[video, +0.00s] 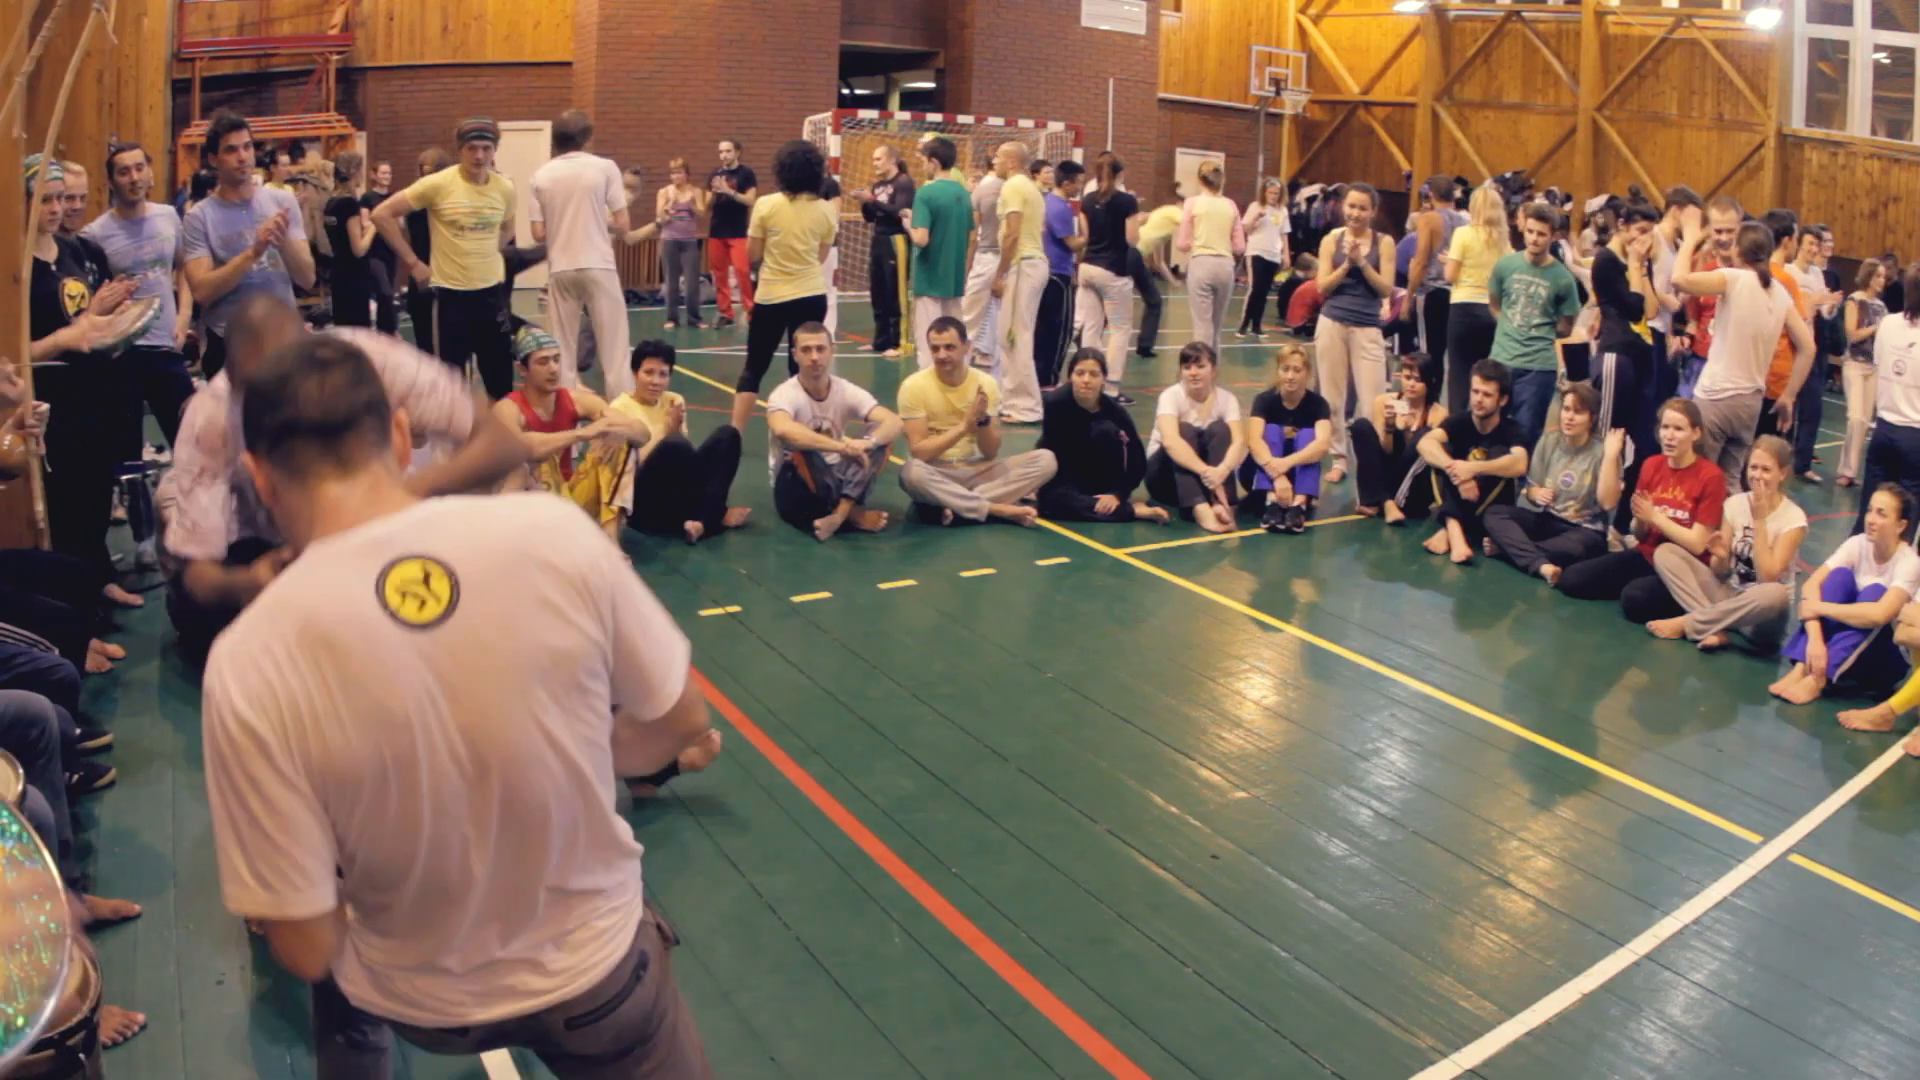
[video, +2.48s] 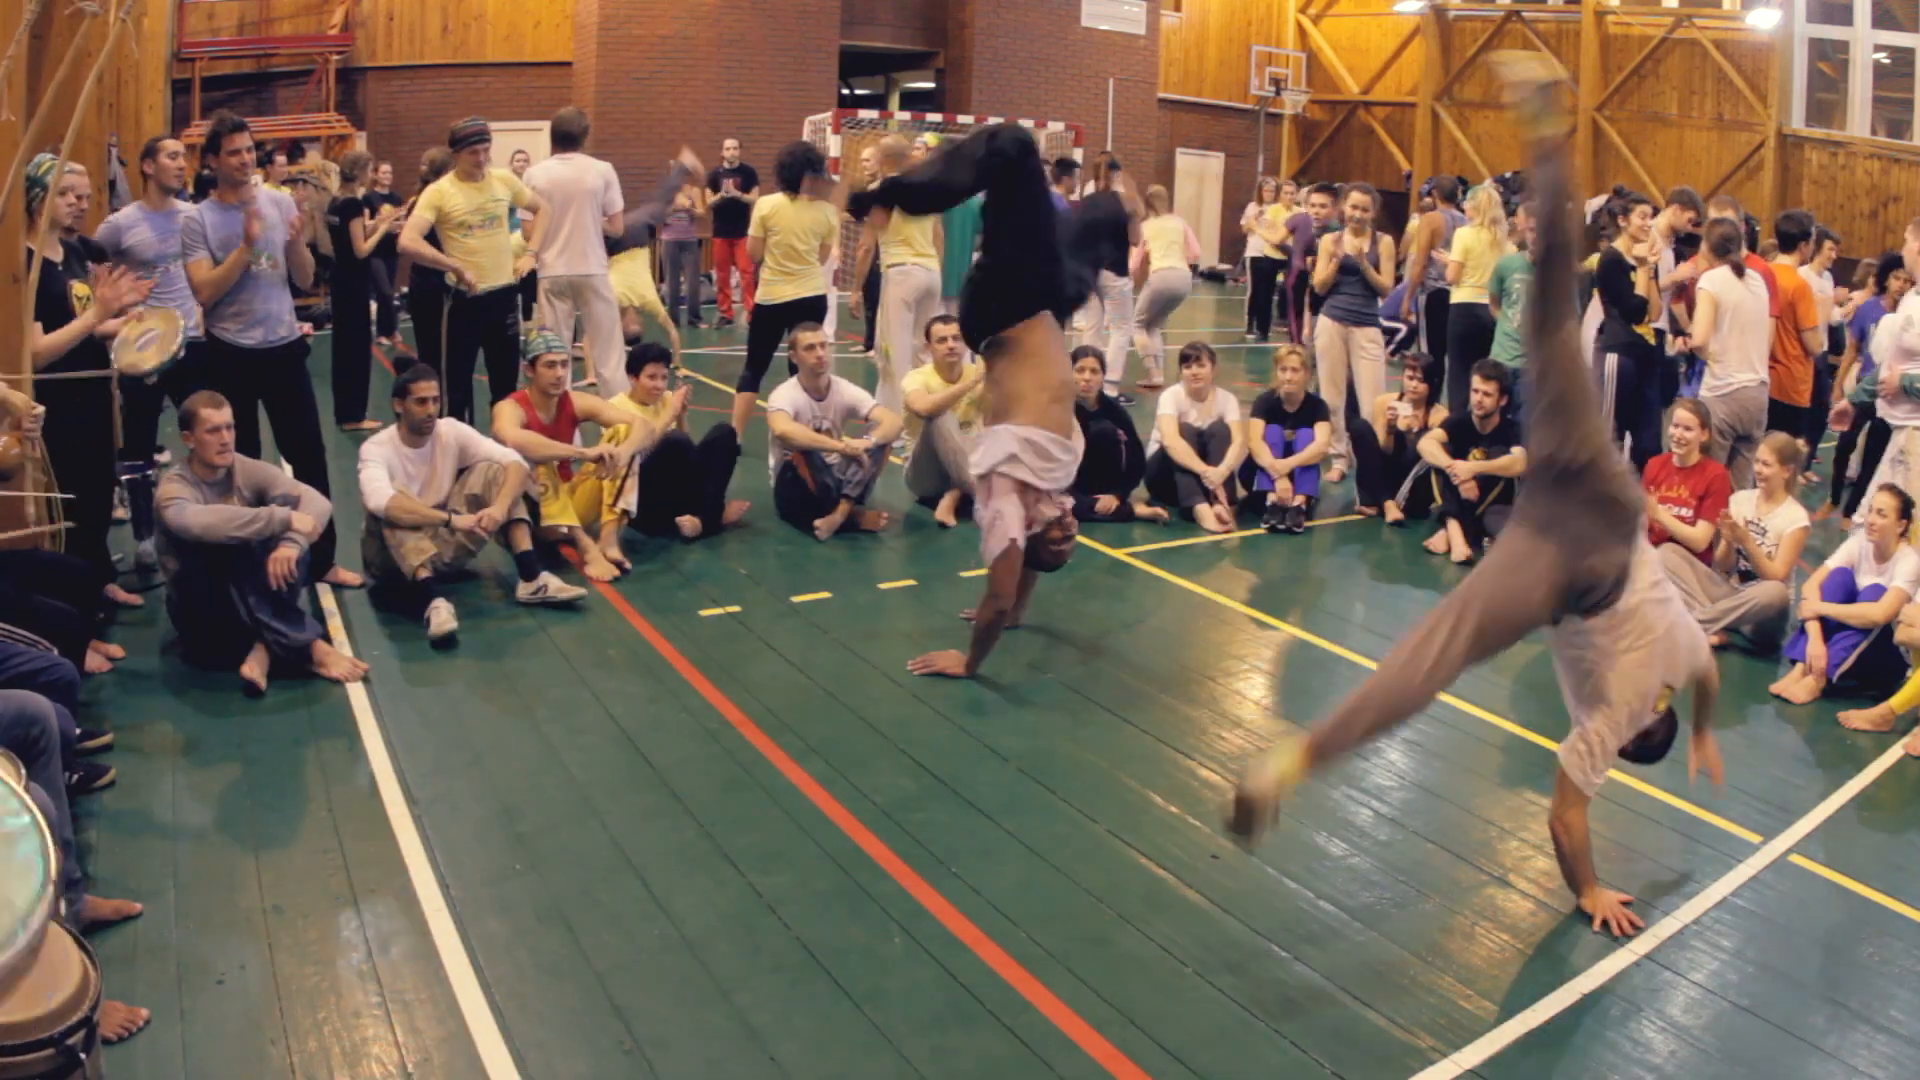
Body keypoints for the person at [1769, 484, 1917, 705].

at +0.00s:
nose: (1870, 519)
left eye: (1881, 514)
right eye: (1869, 511)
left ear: (1901, 526)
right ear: (1865, 513)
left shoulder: (1910, 562)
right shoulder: (1857, 544)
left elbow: (1880, 616)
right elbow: (1810, 585)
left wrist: (1819, 607)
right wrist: (1815, 641)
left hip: (1881, 668)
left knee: (1875, 592)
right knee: (1840, 576)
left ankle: (1817, 678)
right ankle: (1800, 668)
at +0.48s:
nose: (1870, 519)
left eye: (1881, 514)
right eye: (1869, 511)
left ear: (1901, 526)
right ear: (1864, 513)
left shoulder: (1910, 562)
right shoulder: (1857, 544)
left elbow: (1880, 616)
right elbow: (1810, 586)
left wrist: (1818, 607)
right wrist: (1815, 641)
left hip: (1881, 667)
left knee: (1875, 592)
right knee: (1840, 576)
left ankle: (1818, 678)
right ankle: (1800, 668)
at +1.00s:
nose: (1870, 519)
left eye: (1881, 514)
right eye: (1869, 511)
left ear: (1901, 526)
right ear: (1864, 513)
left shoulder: (1909, 562)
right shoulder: (1857, 544)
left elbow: (1880, 616)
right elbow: (1810, 585)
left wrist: (1818, 607)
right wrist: (1815, 641)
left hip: (1881, 667)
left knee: (1875, 592)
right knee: (1840, 576)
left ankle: (1818, 678)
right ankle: (1800, 667)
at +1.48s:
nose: (1870, 519)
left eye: (1881, 514)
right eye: (1869, 511)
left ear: (1901, 526)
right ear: (1864, 513)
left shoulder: (1909, 562)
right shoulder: (1857, 544)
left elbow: (1880, 616)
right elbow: (1810, 586)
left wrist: (1819, 607)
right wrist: (1815, 641)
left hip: (1880, 667)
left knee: (1875, 592)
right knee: (1840, 577)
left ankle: (1818, 678)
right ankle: (1800, 667)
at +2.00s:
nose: (1871, 519)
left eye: (1881, 514)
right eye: (1870, 511)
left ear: (1901, 526)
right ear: (1865, 513)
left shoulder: (1910, 561)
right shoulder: (1857, 544)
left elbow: (1880, 616)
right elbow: (1810, 586)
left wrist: (1819, 607)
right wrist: (1815, 641)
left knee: (1875, 592)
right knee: (1840, 576)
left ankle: (1818, 678)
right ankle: (1800, 668)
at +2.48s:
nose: (1871, 520)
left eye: (1881, 515)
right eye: (1870, 511)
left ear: (1901, 526)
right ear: (1865, 512)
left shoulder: (1909, 560)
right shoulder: (1858, 543)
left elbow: (1880, 615)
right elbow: (1810, 586)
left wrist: (1819, 608)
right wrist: (1815, 641)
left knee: (1875, 592)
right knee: (1840, 577)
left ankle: (1817, 678)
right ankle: (1800, 668)